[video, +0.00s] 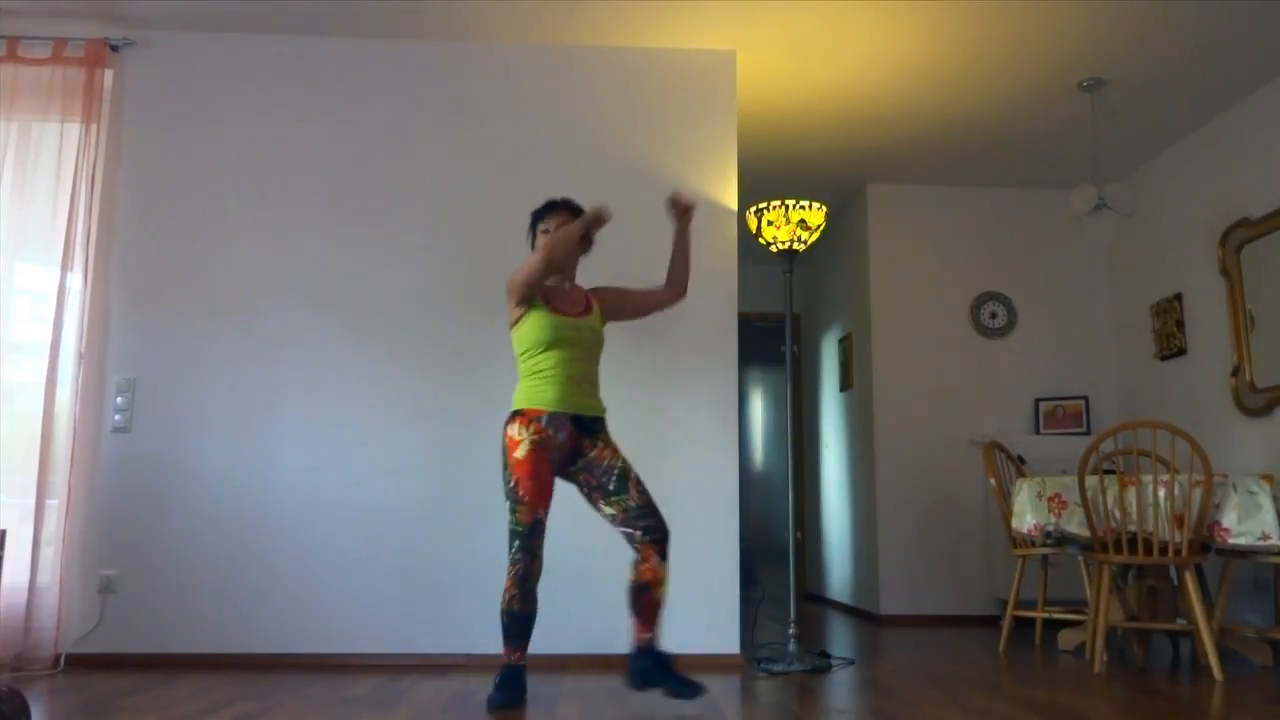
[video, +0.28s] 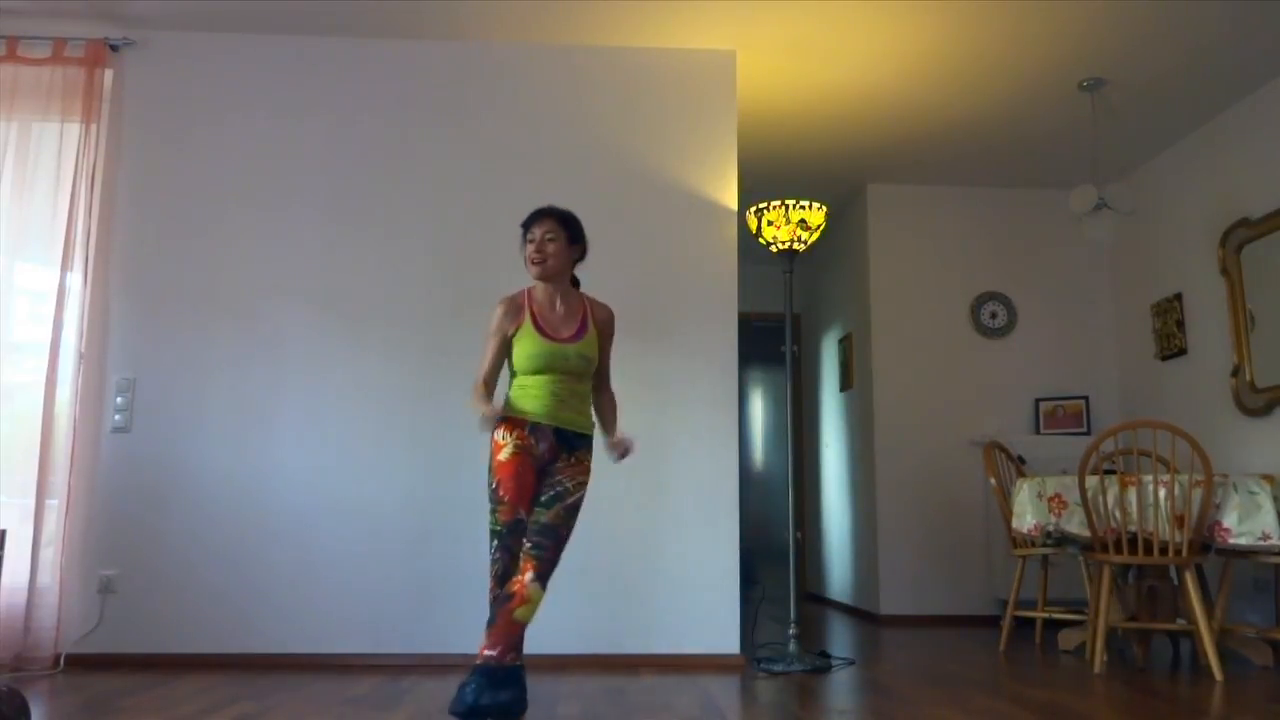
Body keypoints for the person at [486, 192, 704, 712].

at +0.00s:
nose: (559, 236)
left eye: (567, 230)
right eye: (550, 230)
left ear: (583, 244)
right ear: (534, 243)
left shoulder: (596, 300)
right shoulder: (523, 293)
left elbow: (672, 291)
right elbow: (547, 255)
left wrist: (681, 226)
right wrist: (587, 224)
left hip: (588, 434)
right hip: (532, 431)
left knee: (652, 533)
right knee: (526, 552)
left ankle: (645, 656)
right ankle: (513, 671)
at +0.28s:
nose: (537, 248)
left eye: (550, 240)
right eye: (530, 241)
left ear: (576, 251)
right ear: (523, 252)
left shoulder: (599, 315)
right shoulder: (513, 308)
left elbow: (601, 383)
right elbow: (485, 379)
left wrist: (612, 431)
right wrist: (486, 406)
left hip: (573, 446)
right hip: (517, 438)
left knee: (539, 561)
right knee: (508, 555)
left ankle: (481, 676)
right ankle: (508, 680)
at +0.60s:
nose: (578, 213)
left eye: (589, 204)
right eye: (572, 205)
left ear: (615, 211)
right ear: (568, 213)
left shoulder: (634, 268)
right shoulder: (557, 261)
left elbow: (618, 252)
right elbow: (481, 263)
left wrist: (599, 186)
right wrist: (477, 205)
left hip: (592, 403)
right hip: (533, 396)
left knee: (625, 528)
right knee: (515, 528)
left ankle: (655, 648)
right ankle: (503, 657)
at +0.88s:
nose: (607, 242)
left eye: (615, 231)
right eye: (602, 234)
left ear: (650, 230)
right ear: (605, 241)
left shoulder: (681, 281)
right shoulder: (609, 289)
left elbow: (676, 215)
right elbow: (537, 277)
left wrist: (634, 149)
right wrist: (534, 211)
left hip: (665, 429)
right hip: (607, 426)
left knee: (679, 553)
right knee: (555, 531)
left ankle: (701, 671)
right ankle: (557, 655)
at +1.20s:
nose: (634, 243)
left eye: (645, 236)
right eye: (626, 237)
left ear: (669, 247)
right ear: (617, 251)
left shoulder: (697, 308)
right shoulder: (611, 316)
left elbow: (725, 390)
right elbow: (612, 393)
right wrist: (578, 425)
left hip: (699, 442)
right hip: (641, 445)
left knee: (699, 553)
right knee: (665, 540)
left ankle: (701, 676)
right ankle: (701, 673)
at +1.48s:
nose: (627, 198)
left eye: (636, 191)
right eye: (615, 189)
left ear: (645, 205)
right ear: (593, 207)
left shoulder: (665, 257)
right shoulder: (584, 258)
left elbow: (744, 256)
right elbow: (602, 248)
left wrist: (750, 197)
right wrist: (649, 206)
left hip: (680, 392)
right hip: (621, 393)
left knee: (690, 525)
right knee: (594, 521)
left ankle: (700, 653)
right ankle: (564, 646)